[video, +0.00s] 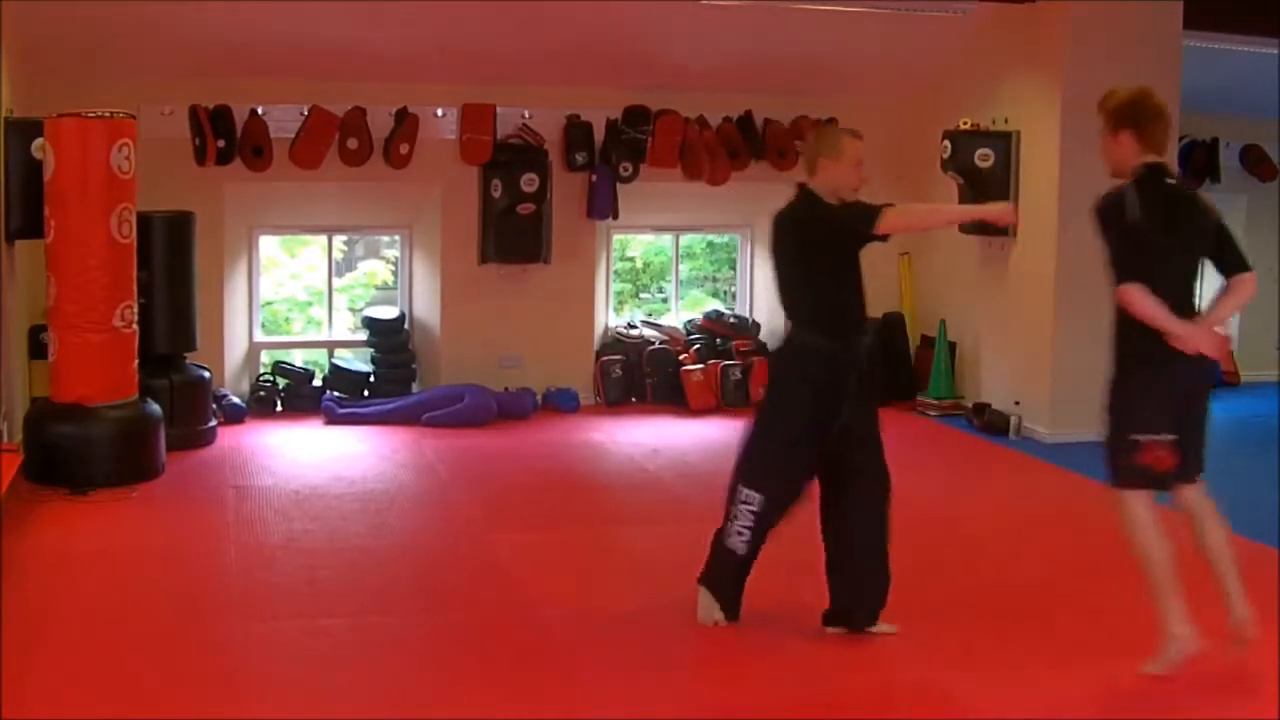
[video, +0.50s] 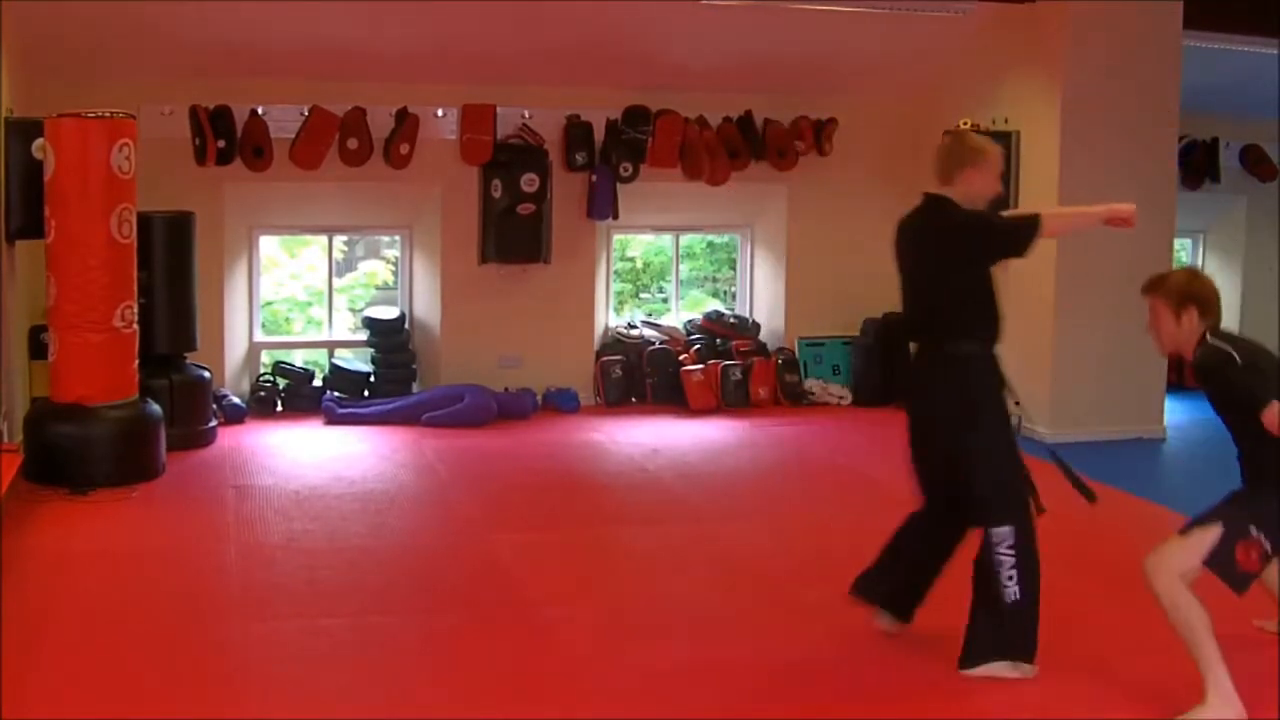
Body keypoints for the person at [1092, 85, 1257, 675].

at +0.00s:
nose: (1103, 147)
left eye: (1107, 136)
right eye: (1105, 136)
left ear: (1126, 139)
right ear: (1157, 139)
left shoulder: (1118, 202)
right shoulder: (1192, 201)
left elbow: (1129, 288)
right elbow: (1244, 280)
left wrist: (1183, 331)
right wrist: (1202, 326)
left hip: (1144, 366)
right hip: (1196, 363)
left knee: (1134, 495)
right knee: (1191, 488)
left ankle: (1177, 630)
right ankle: (1241, 613)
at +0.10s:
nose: (1128, 175)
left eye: (1133, 164)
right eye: (1130, 164)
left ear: (1154, 166)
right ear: (1180, 165)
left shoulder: (1153, 231)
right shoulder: (1215, 222)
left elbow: (1167, 316)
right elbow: (1267, 302)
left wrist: (1224, 361)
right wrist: (1237, 352)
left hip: (1181, 393)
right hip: (1224, 389)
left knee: (1154, 516)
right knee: (1231, 499)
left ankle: (1208, 640)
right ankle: (1278, 601)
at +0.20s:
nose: (1145, 219)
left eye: (1150, 208)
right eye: (1146, 208)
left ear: (1175, 211)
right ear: (1191, 210)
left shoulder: (1181, 275)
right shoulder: (1237, 265)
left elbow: (1202, 353)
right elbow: (1275, 321)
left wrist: (1262, 391)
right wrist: (1268, 388)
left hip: (1228, 431)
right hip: (1263, 427)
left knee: (1143, 531)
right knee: (1249, 520)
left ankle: (1208, 641)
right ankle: (1279, 606)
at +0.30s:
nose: (1156, 267)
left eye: (1161, 256)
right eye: (1156, 256)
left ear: (1188, 256)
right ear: (1196, 256)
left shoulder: (1205, 312)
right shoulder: (1241, 301)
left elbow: (1254, 382)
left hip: (1253, 458)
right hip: (1268, 456)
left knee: (1141, 529)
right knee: (1245, 518)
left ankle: (1218, 638)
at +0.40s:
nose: (1158, 305)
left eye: (1163, 294)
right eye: (1157, 294)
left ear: (1192, 294)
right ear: (1197, 294)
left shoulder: (1206, 337)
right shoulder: (1244, 328)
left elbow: (1267, 402)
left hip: (1262, 480)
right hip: (1269, 477)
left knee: (1154, 542)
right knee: (1261, 540)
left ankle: (1211, 669)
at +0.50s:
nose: (1150, 326)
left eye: (1156, 315)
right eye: (1149, 316)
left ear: (1189, 316)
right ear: (1190, 317)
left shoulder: (1218, 359)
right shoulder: (1226, 350)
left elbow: (1274, 415)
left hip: (1267, 498)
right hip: (1265, 493)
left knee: (1163, 568)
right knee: (1256, 549)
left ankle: (1222, 697)